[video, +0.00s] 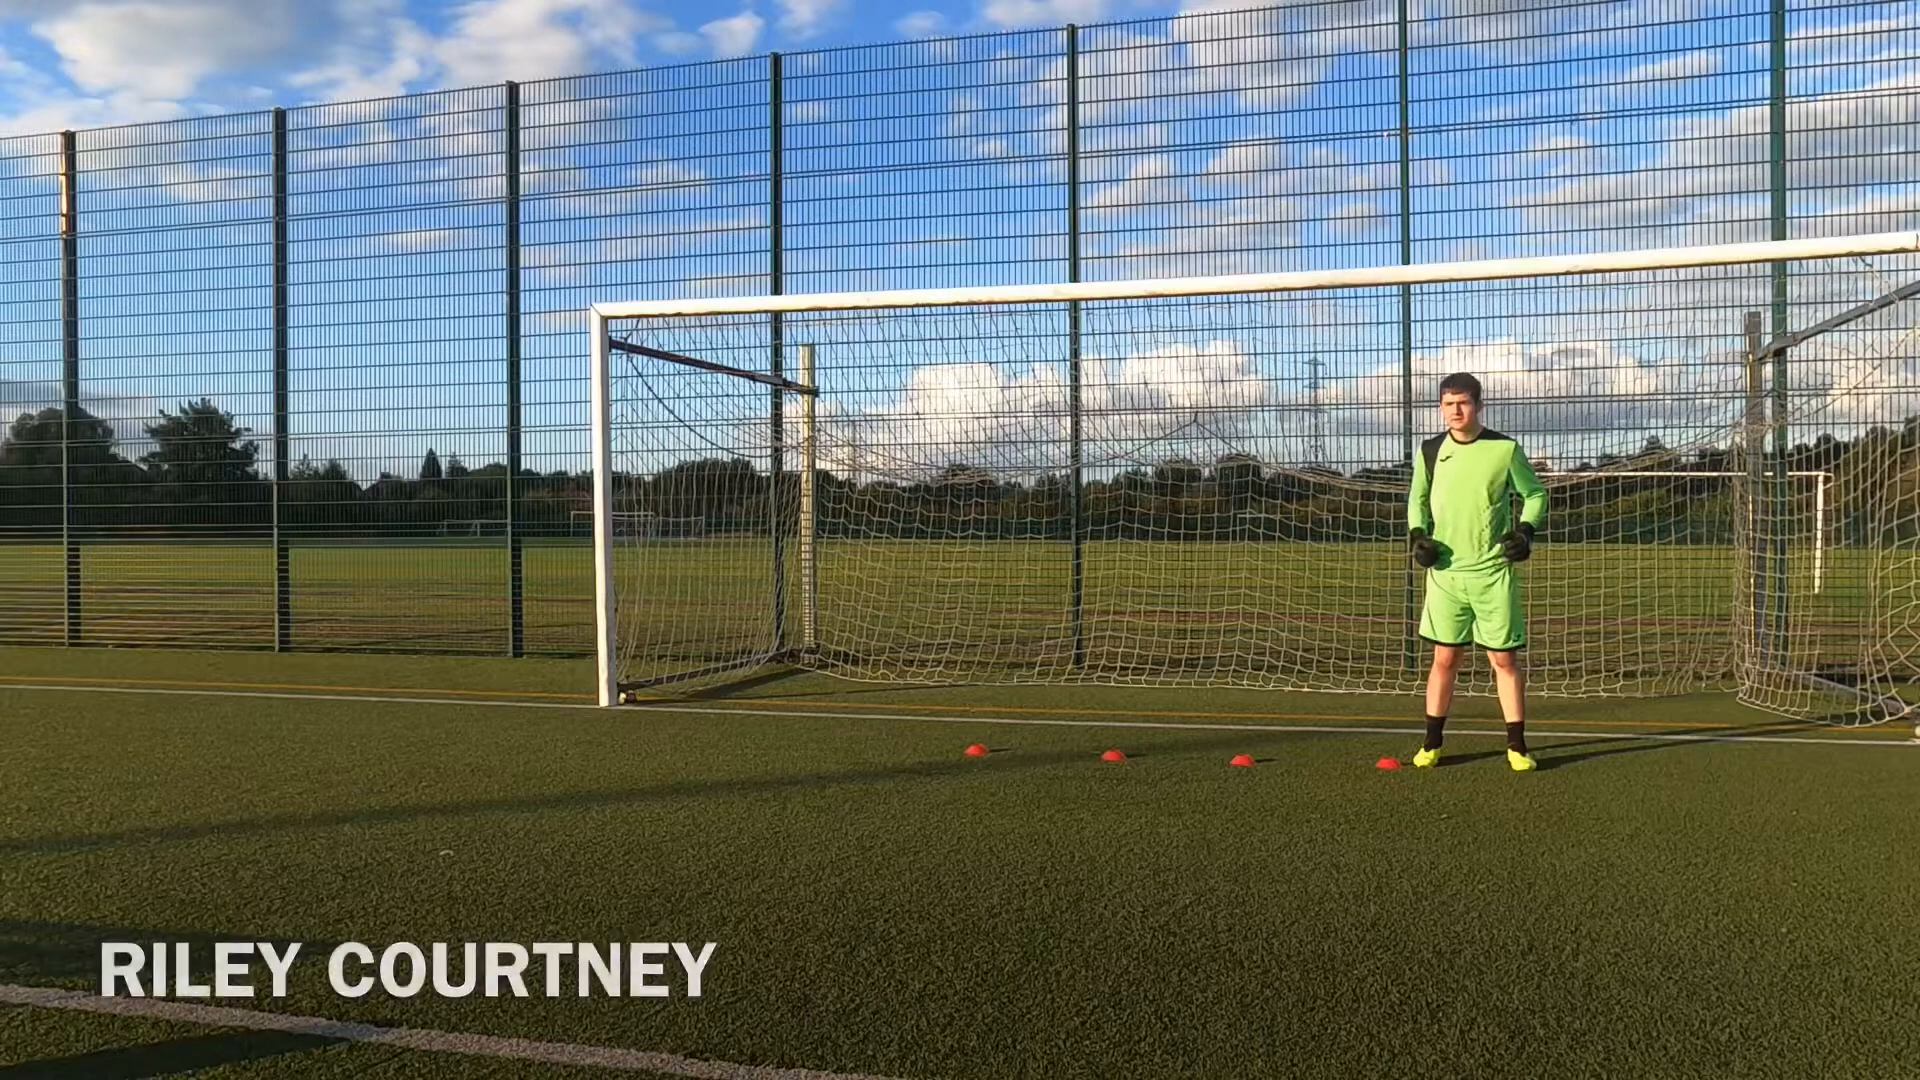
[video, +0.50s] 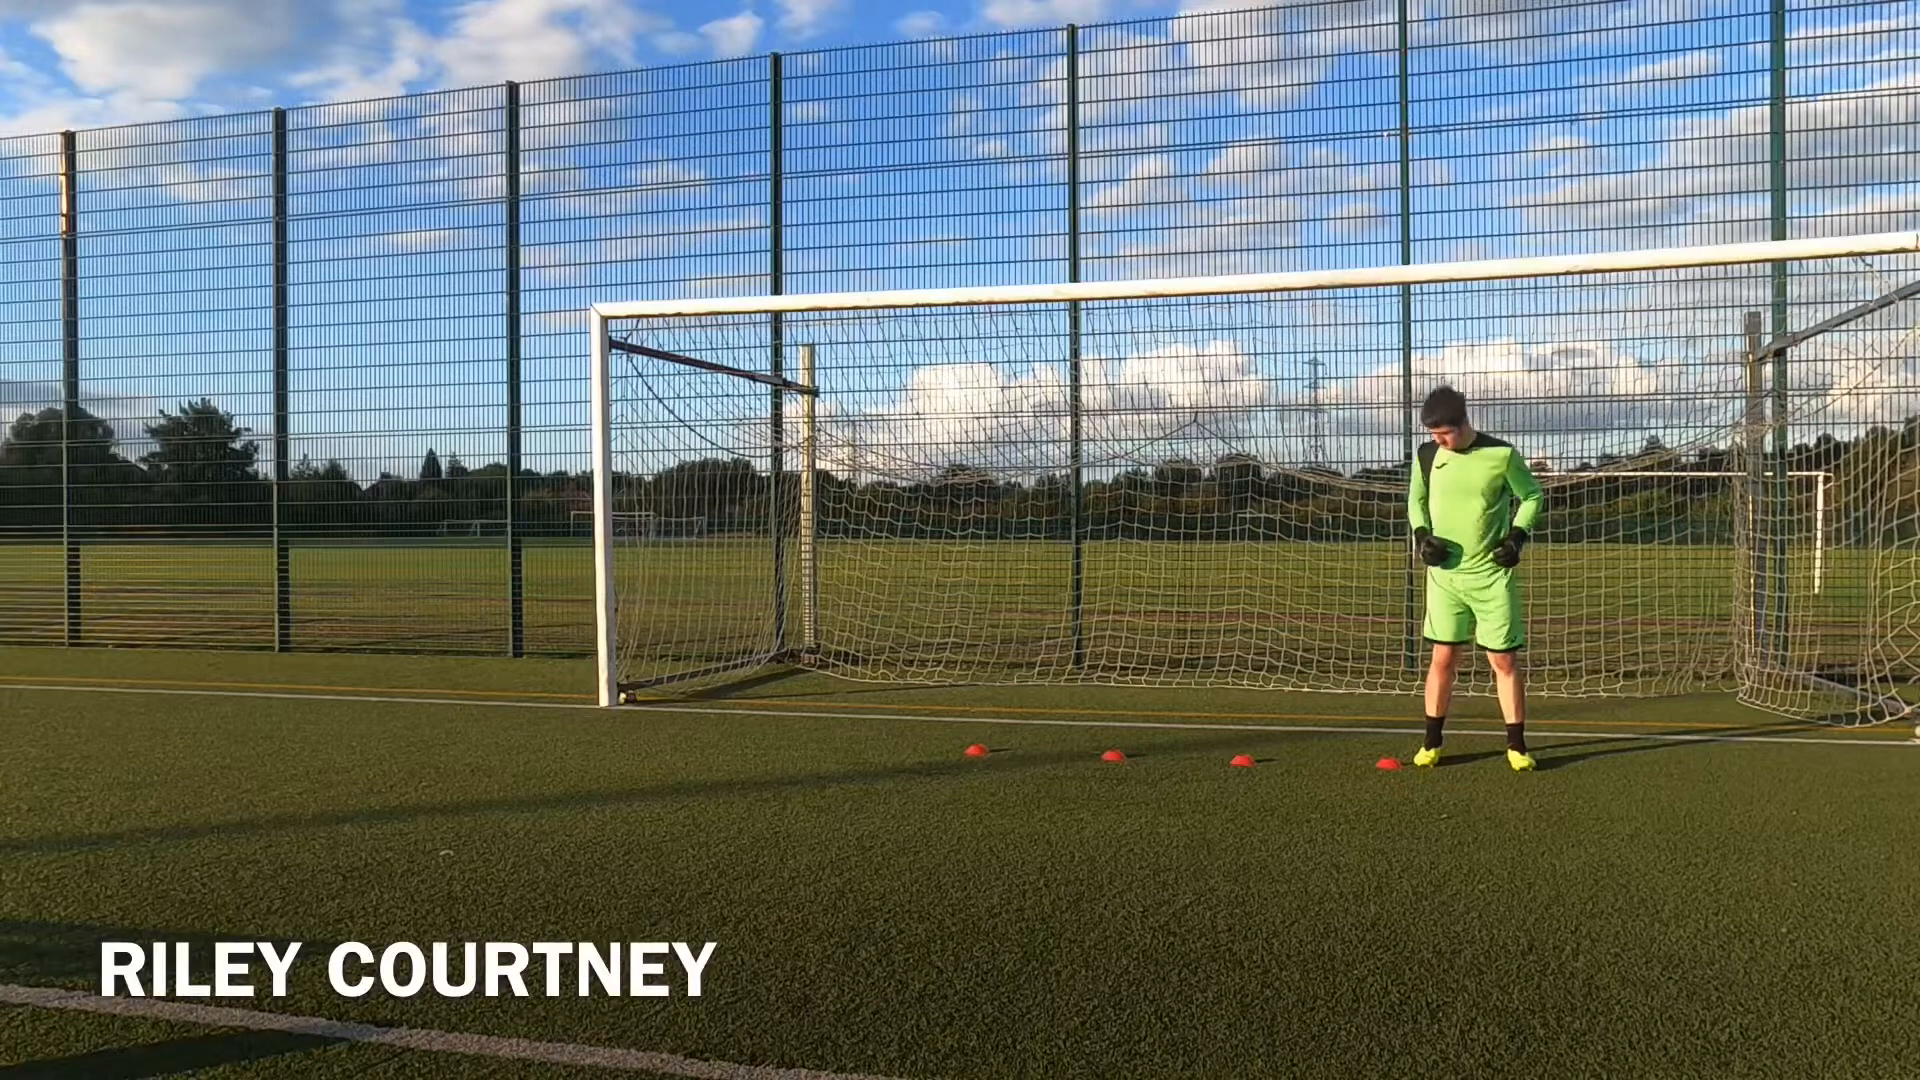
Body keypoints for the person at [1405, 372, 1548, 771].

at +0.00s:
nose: (1455, 411)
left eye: (1462, 403)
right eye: (1448, 404)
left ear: (1479, 406)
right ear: (1440, 409)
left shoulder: (1506, 450)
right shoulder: (1428, 453)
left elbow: (1536, 494)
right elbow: (1418, 500)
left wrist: (1525, 530)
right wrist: (1418, 535)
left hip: (1494, 574)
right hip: (1444, 575)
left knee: (1504, 660)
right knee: (1444, 658)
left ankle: (1516, 746)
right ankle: (1432, 743)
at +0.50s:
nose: (1439, 439)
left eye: (1445, 431)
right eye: (1433, 432)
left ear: (1464, 422)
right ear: (1428, 428)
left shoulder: (1503, 456)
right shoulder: (1425, 458)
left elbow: (1533, 496)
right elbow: (1416, 502)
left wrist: (1516, 536)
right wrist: (1422, 535)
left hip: (1492, 577)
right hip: (1444, 577)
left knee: (1504, 662)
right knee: (1442, 658)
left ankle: (1516, 746)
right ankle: (1432, 743)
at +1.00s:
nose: (1354, 463)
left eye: (1360, 456)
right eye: (1349, 456)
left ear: (1378, 447)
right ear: (1343, 452)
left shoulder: (1416, 476)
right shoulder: (1339, 480)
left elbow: (1457, 498)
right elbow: (1315, 514)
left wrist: (1461, 540)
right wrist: (1313, 548)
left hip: (1410, 581)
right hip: (1366, 585)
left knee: (1431, 655)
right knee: (1375, 654)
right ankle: (1375, 753)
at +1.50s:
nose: (1170, 455)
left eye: (1173, 447)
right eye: (1166, 449)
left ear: (1193, 436)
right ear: (1169, 443)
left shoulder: (1240, 467)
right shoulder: (1177, 472)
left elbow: (1281, 501)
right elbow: (1176, 510)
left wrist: (1274, 548)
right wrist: (1166, 545)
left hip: (1237, 568)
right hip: (1201, 569)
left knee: (1208, 637)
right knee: (1181, 651)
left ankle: (1218, 721)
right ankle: (1221, 703)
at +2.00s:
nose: (1030, 438)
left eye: (1036, 432)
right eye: (1024, 432)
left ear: (1050, 435)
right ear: (1017, 438)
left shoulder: (1075, 485)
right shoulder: (1007, 483)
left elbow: (1103, 532)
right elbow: (999, 524)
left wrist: (1086, 559)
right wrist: (997, 541)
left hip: (1057, 593)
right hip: (1016, 584)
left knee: (1051, 670)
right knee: (987, 645)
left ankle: (1086, 722)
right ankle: (995, 686)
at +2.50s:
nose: (904, 455)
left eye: (911, 449)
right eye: (899, 449)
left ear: (923, 454)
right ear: (891, 455)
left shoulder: (943, 501)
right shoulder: (877, 497)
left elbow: (955, 545)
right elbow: (871, 540)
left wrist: (955, 565)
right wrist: (865, 560)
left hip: (923, 599)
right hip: (880, 597)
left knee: (931, 665)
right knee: (842, 662)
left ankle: (935, 729)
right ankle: (818, 723)